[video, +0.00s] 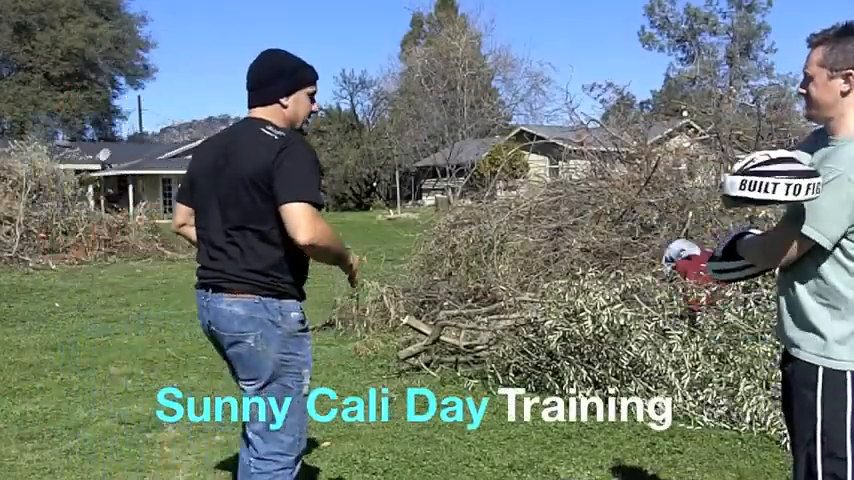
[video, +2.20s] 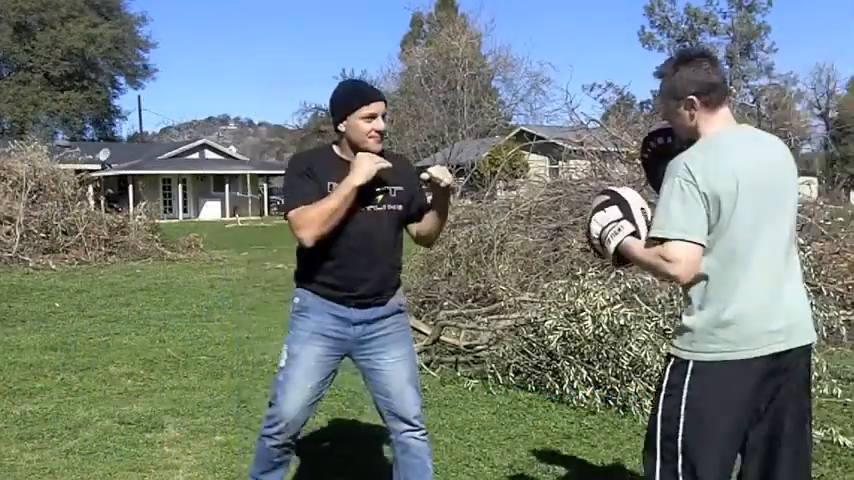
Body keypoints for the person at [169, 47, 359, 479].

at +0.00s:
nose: (314, 106)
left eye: (313, 96)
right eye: (309, 95)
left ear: (271, 96)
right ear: (283, 96)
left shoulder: (210, 147)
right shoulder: (288, 147)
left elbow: (183, 220)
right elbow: (306, 232)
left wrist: (230, 245)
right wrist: (344, 257)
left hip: (214, 305)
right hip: (263, 310)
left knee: (263, 420)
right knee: (277, 447)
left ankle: (258, 466)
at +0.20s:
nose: (321, 106)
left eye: (320, 97)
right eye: (315, 96)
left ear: (274, 100)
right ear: (285, 98)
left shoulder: (231, 150)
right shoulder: (281, 147)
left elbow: (211, 221)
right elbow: (290, 226)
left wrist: (265, 241)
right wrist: (340, 241)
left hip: (233, 303)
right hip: (264, 307)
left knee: (277, 429)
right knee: (284, 444)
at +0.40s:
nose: (324, 110)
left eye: (323, 100)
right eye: (316, 100)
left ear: (285, 106)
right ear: (285, 104)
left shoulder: (280, 152)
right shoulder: (265, 150)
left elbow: (277, 225)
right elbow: (267, 228)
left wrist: (317, 251)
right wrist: (330, 229)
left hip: (279, 303)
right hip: (259, 305)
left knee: (294, 433)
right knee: (290, 440)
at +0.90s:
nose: (321, 104)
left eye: (322, 96)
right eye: (310, 96)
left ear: (321, 100)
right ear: (279, 101)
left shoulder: (318, 158)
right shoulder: (243, 146)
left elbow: (337, 225)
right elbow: (231, 218)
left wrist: (368, 207)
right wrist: (302, 197)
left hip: (309, 305)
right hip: (257, 302)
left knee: (310, 423)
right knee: (275, 420)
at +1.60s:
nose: (301, 110)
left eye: (303, 101)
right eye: (289, 104)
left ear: (306, 104)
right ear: (260, 111)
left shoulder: (320, 157)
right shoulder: (226, 162)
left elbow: (336, 213)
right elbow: (211, 237)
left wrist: (343, 223)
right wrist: (275, 207)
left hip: (323, 306)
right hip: (258, 311)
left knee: (365, 394)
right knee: (256, 432)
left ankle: (338, 474)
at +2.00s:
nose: (313, 105)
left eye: (314, 96)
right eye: (302, 97)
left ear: (316, 99)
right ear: (274, 104)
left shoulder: (330, 151)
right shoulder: (244, 156)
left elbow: (351, 210)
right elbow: (216, 234)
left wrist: (361, 217)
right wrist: (277, 208)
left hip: (336, 302)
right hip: (272, 306)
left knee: (377, 410)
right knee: (262, 429)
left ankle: (383, 476)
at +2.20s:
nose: (380, 126)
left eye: (383, 117)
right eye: (369, 118)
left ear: (385, 119)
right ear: (341, 123)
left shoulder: (400, 169)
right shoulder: (306, 165)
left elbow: (425, 234)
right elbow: (306, 231)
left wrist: (441, 198)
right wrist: (355, 180)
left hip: (385, 317)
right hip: (319, 315)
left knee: (408, 422)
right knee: (284, 421)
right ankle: (264, 476)